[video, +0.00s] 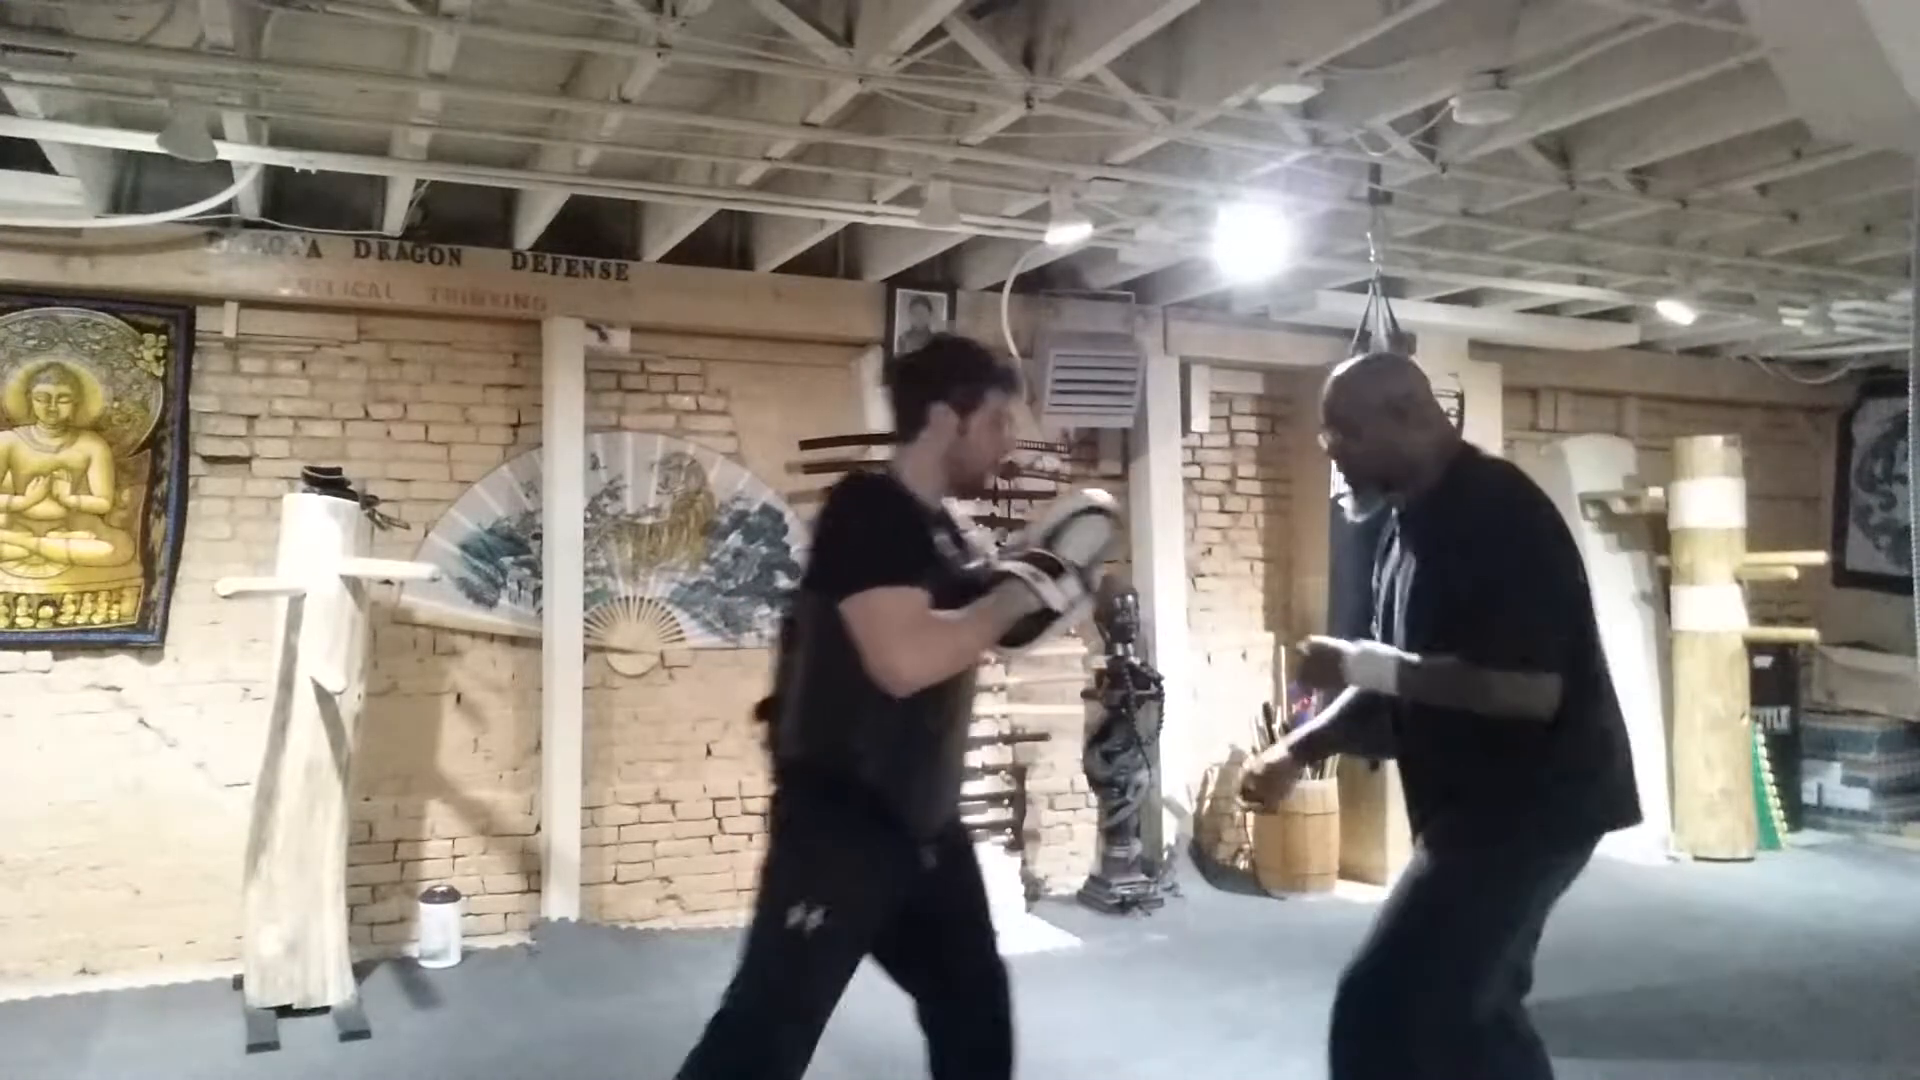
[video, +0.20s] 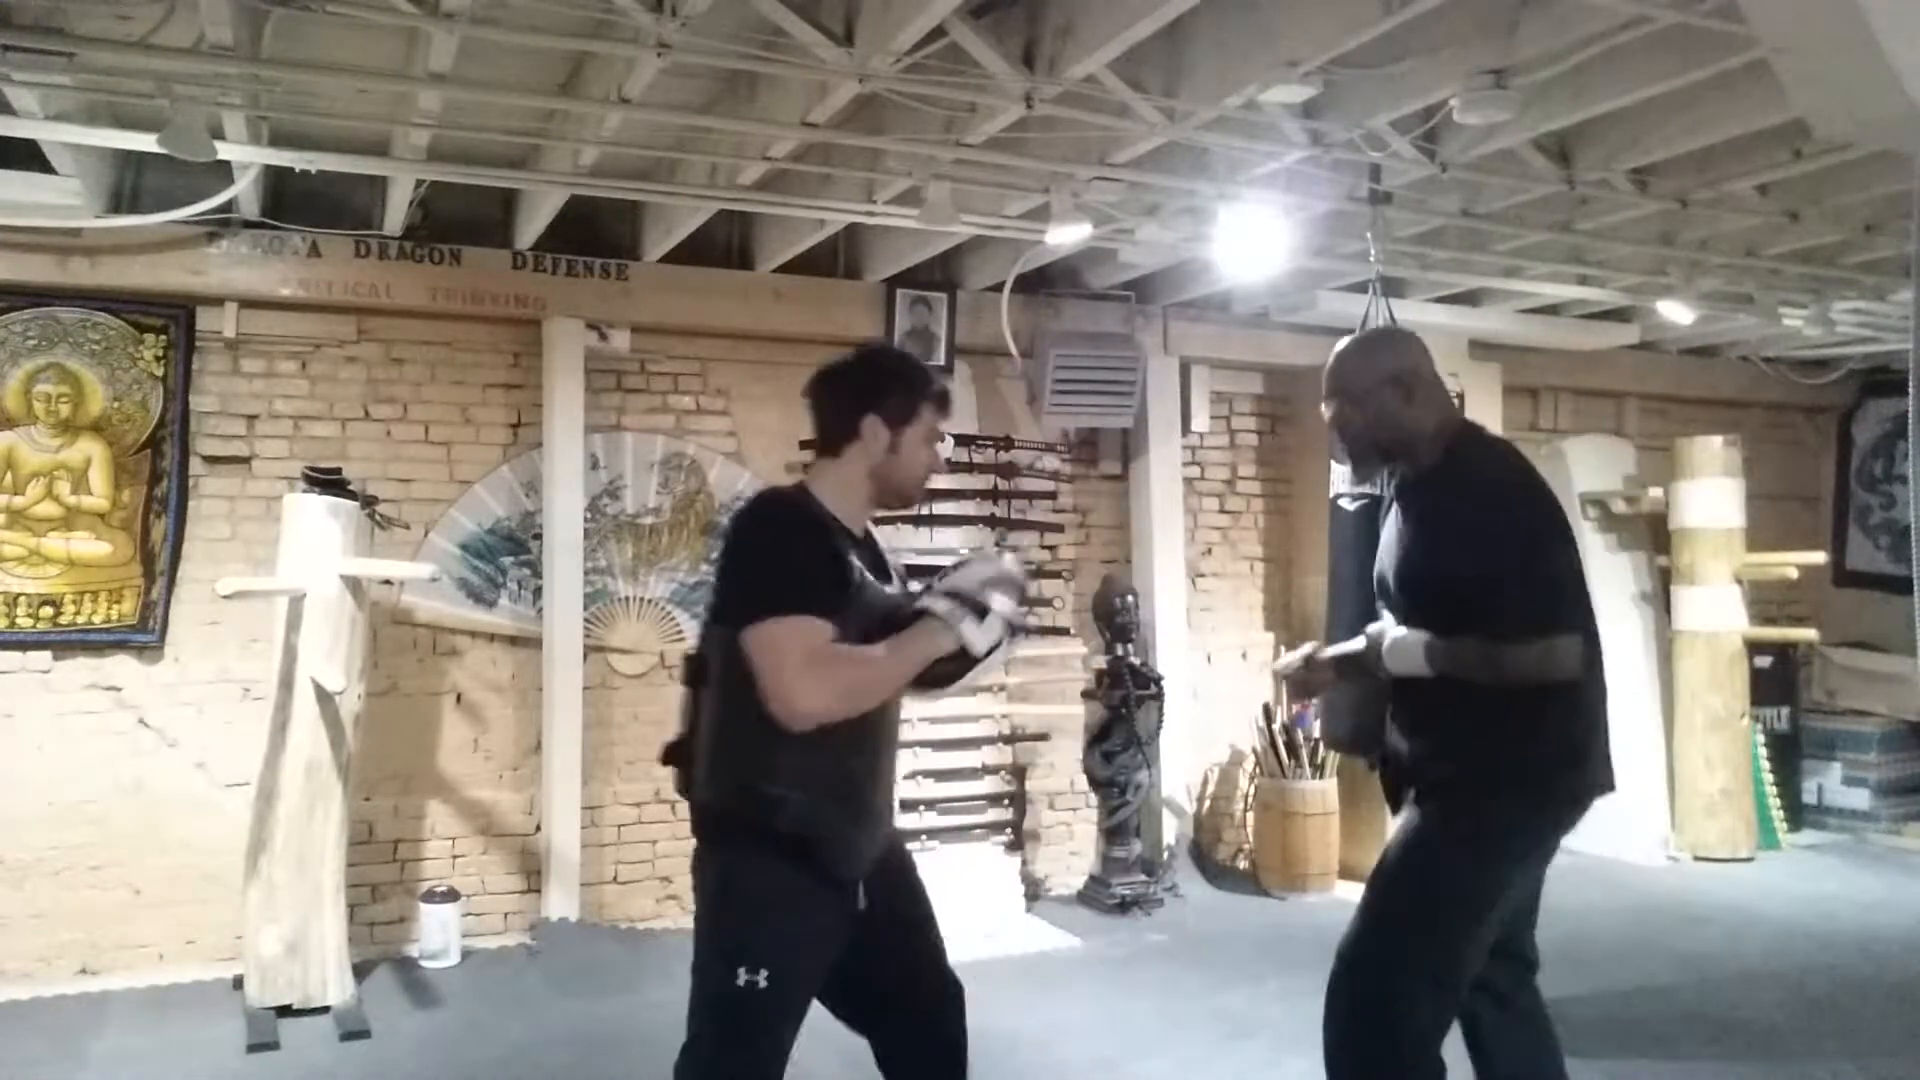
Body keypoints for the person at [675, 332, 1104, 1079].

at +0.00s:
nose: (1010, 445)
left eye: (1011, 426)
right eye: (1002, 423)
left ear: (945, 419)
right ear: (947, 416)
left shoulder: (945, 532)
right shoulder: (865, 508)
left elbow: (973, 627)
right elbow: (902, 660)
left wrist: (1044, 577)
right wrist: (1010, 596)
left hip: (920, 833)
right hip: (836, 831)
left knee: (975, 1028)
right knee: (763, 1038)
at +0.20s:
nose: (940, 459)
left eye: (941, 441)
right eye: (931, 438)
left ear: (877, 434)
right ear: (875, 431)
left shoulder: (860, 547)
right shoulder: (777, 525)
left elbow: (868, 672)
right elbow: (801, 690)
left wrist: (961, 623)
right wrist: (939, 626)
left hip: (856, 851)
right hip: (767, 856)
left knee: (926, 1024)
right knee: (730, 1062)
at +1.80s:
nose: (914, 431)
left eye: (912, 410)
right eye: (902, 408)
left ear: (850, 413)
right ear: (846, 410)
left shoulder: (859, 526)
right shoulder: (781, 519)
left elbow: (913, 614)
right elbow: (853, 664)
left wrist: (1008, 560)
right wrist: (967, 556)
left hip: (896, 844)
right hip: (815, 849)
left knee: (952, 1045)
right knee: (779, 1062)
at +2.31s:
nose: (937, 436)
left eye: (938, 418)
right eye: (925, 415)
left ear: (870, 420)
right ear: (866, 418)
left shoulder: (879, 531)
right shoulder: (782, 518)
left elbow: (955, 617)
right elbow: (874, 639)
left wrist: (994, 511)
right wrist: (965, 494)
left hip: (911, 838)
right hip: (818, 846)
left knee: (987, 1010)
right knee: (790, 1062)